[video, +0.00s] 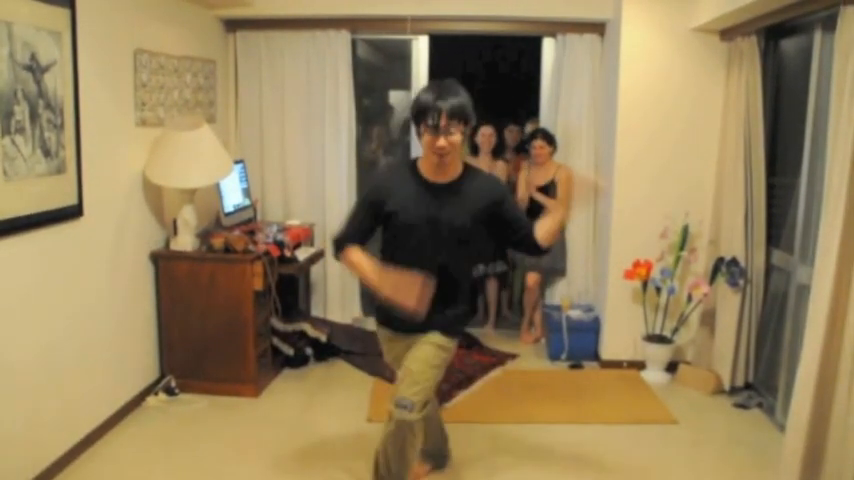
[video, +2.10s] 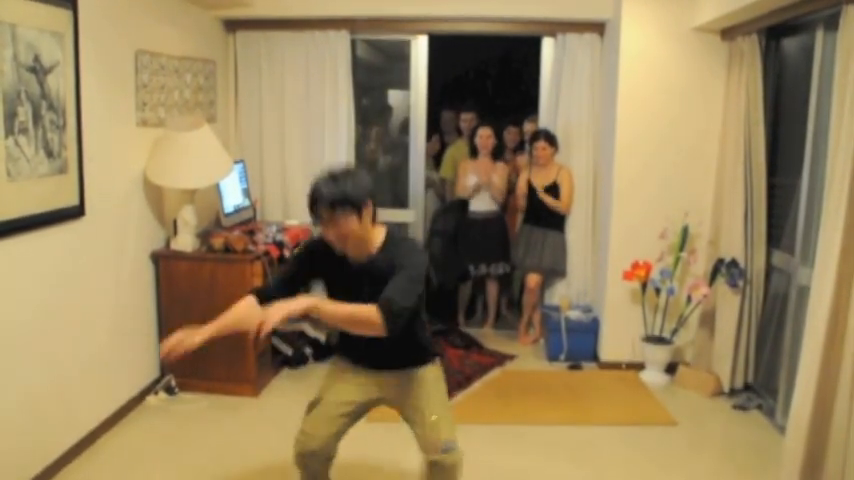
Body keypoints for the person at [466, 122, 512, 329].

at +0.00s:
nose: (486, 139)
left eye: (490, 135)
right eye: (482, 135)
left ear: (496, 139)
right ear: (475, 137)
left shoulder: (500, 166)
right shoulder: (468, 164)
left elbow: (501, 196)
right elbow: (464, 192)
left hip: (493, 228)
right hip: (470, 227)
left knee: (491, 274)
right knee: (472, 272)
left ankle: (491, 318)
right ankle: (474, 314)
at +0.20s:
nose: (486, 142)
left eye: (490, 137)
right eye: (482, 137)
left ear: (497, 140)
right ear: (476, 140)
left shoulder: (504, 166)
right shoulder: (472, 166)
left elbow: (511, 199)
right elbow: (464, 196)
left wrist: (509, 228)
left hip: (495, 220)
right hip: (474, 220)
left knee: (492, 274)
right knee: (477, 272)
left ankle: (491, 318)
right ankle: (478, 313)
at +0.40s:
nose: (487, 140)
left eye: (491, 136)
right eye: (483, 136)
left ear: (497, 141)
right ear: (477, 140)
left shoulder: (502, 166)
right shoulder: (470, 165)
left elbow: (503, 195)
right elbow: (465, 192)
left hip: (496, 215)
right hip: (474, 216)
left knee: (493, 270)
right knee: (473, 266)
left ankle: (492, 318)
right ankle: (471, 313)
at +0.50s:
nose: (487, 141)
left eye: (491, 136)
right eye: (483, 136)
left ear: (497, 141)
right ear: (477, 139)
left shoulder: (501, 166)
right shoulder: (468, 163)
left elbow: (500, 196)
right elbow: (463, 194)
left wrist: (489, 178)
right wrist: (482, 180)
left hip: (493, 218)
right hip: (472, 217)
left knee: (493, 273)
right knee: (472, 271)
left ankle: (491, 319)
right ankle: (471, 317)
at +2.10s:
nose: (485, 142)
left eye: (489, 137)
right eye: (481, 137)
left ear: (495, 141)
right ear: (475, 141)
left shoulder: (501, 167)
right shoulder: (466, 164)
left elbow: (501, 197)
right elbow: (460, 193)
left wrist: (489, 182)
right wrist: (477, 185)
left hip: (493, 217)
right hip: (470, 216)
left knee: (492, 273)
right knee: (466, 272)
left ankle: (491, 319)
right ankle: (460, 316)